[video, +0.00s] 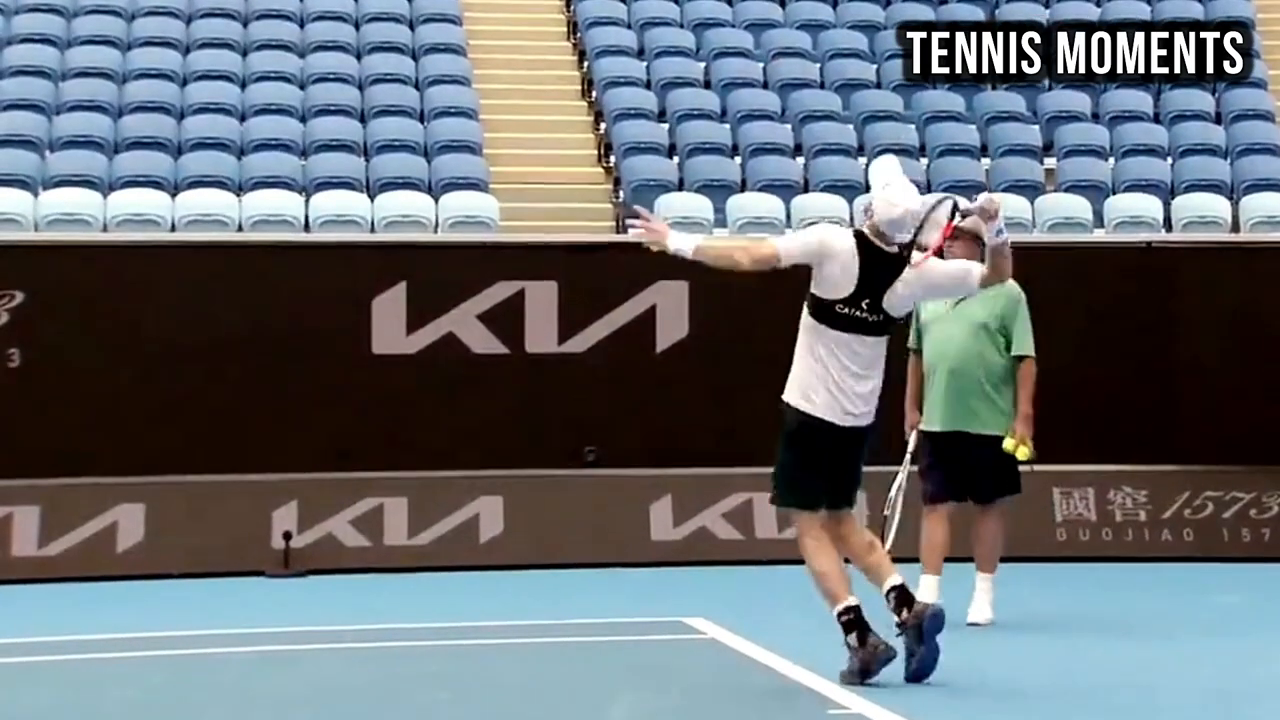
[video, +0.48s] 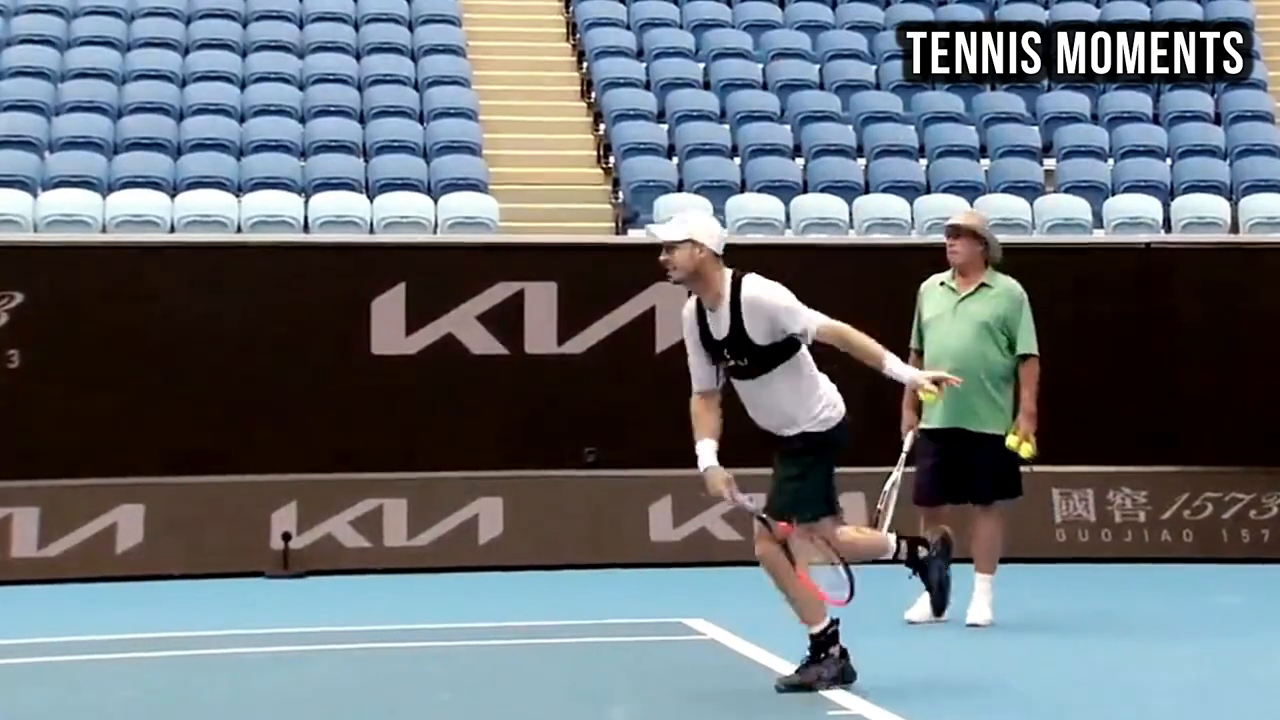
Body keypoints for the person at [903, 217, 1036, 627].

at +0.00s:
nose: (949, 245)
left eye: (959, 239)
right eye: (947, 239)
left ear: (981, 246)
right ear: (941, 246)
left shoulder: (1007, 294)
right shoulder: (928, 296)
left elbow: (1026, 360)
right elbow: (915, 356)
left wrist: (1024, 417)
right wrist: (911, 406)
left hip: (990, 422)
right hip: (937, 420)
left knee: (988, 507)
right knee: (934, 505)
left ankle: (983, 594)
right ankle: (927, 594)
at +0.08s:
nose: (955, 250)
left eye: (963, 243)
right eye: (951, 243)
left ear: (985, 246)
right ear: (946, 246)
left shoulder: (1010, 293)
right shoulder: (932, 288)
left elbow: (1029, 360)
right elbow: (919, 353)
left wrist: (1027, 419)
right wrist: (913, 407)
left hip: (991, 422)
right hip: (939, 420)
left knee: (988, 507)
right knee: (933, 506)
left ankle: (984, 594)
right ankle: (928, 594)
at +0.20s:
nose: (953, 244)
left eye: (962, 238)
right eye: (951, 237)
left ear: (985, 244)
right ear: (949, 245)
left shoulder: (1013, 293)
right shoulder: (934, 288)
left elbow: (1031, 360)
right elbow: (921, 352)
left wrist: (1031, 418)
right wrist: (914, 405)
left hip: (992, 421)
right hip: (939, 418)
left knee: (988, 507)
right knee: (933, 506)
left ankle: (983, 596)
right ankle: (931, 596)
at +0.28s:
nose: (955, 244)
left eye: (963, 238)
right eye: (952, 238)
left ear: (985, 245)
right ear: (950, 245)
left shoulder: (1013, 293)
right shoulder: (935, 288)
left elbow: (1032, 360)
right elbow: (921, 352)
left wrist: (1031, 417)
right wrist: (913, 405)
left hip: (992, 422)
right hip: (939, 418)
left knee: (987, 506)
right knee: (932, 505)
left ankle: (983, 596)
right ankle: (935, 594)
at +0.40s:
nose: (952, 243)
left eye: (961, 237)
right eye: (950, 237)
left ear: (983, 244)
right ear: (948, 245)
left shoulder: (1011, 293)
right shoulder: (932, 289)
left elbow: (1030, 359)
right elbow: (918, 354)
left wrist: (1029, 417)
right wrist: (910, 406)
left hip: (990, 422)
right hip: (937, 419)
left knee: (987, 506)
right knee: (929, 503)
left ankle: (982, 591)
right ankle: (936, 588)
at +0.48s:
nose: (950, 243)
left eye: (958, 237)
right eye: (948, 237)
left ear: (981, 244)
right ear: (946, 245)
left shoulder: (1009, 293)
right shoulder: (931, 289)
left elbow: (1028, 358)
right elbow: (917, 352)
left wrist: (1026, 414)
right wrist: (909, 409)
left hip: (990, 422)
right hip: (936, 421)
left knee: (986, 506)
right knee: (929, 506)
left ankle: (982, 594)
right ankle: (933, 591)